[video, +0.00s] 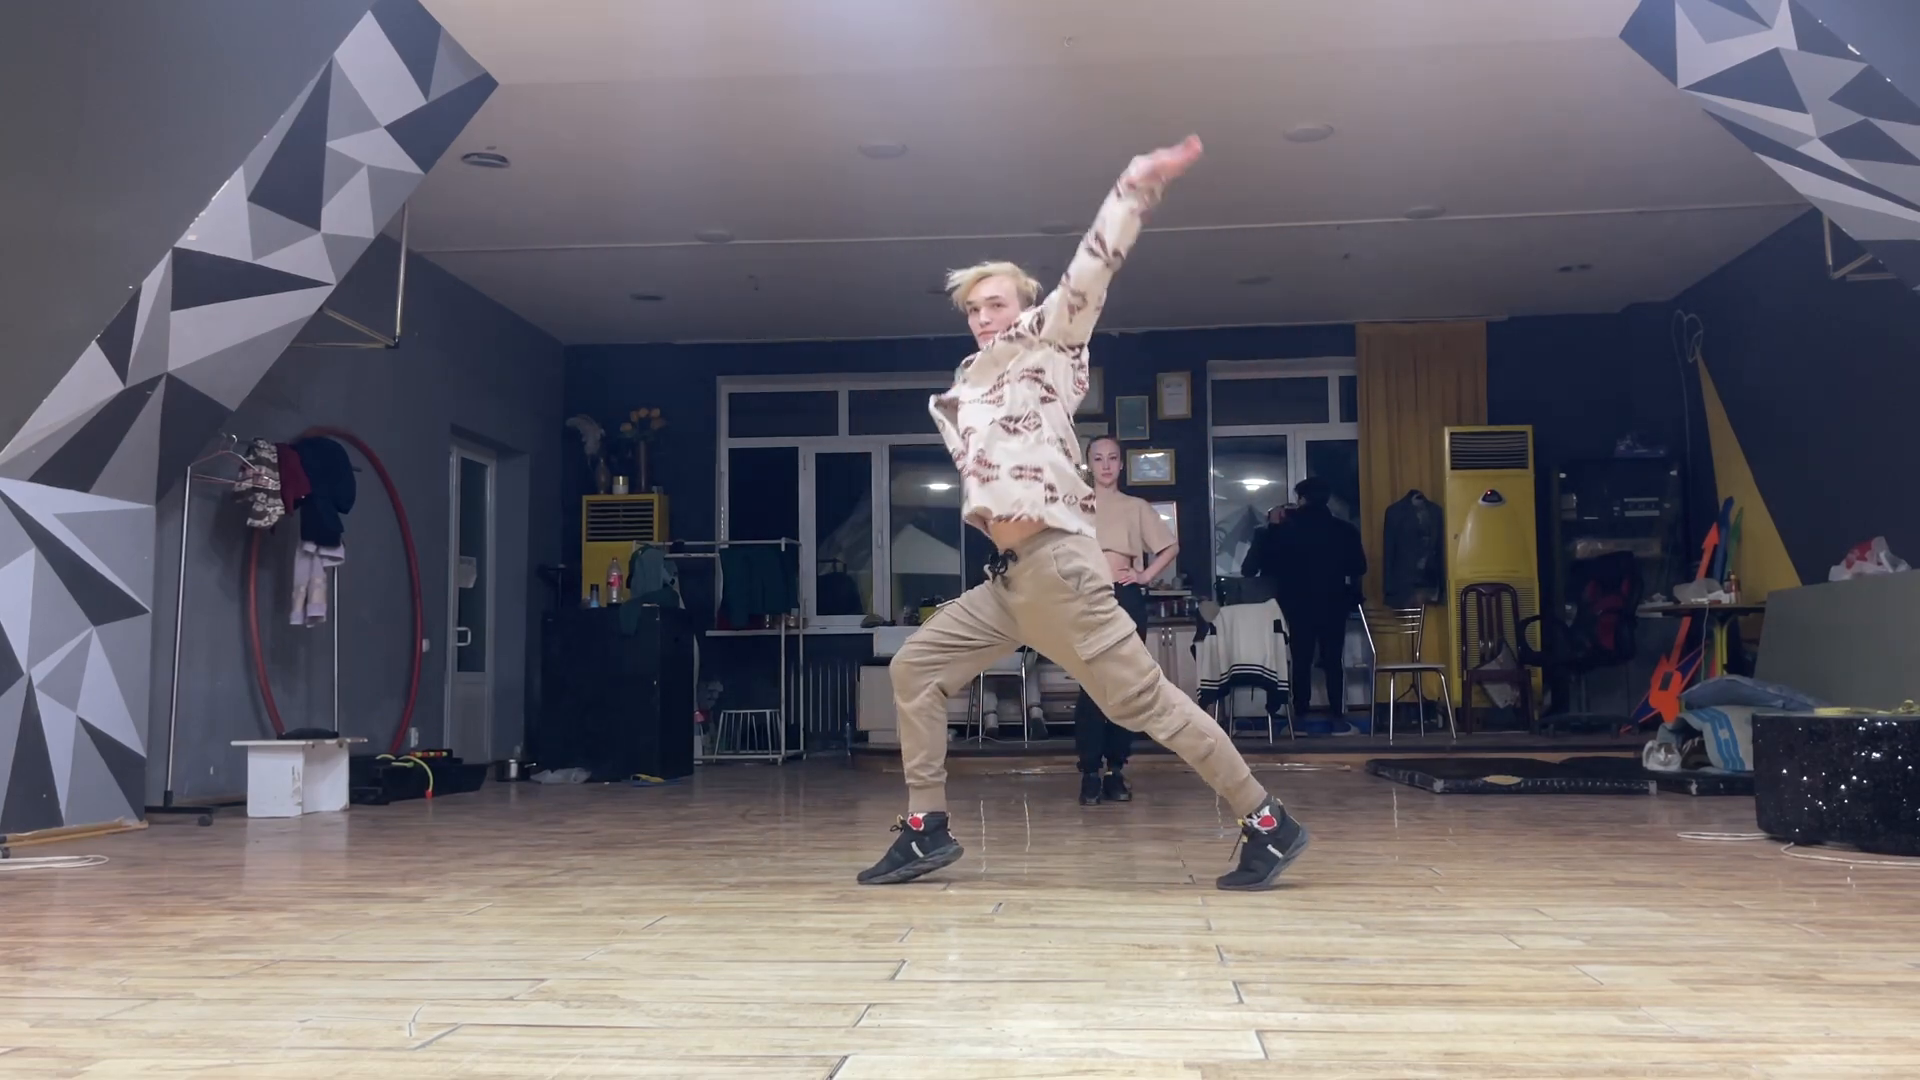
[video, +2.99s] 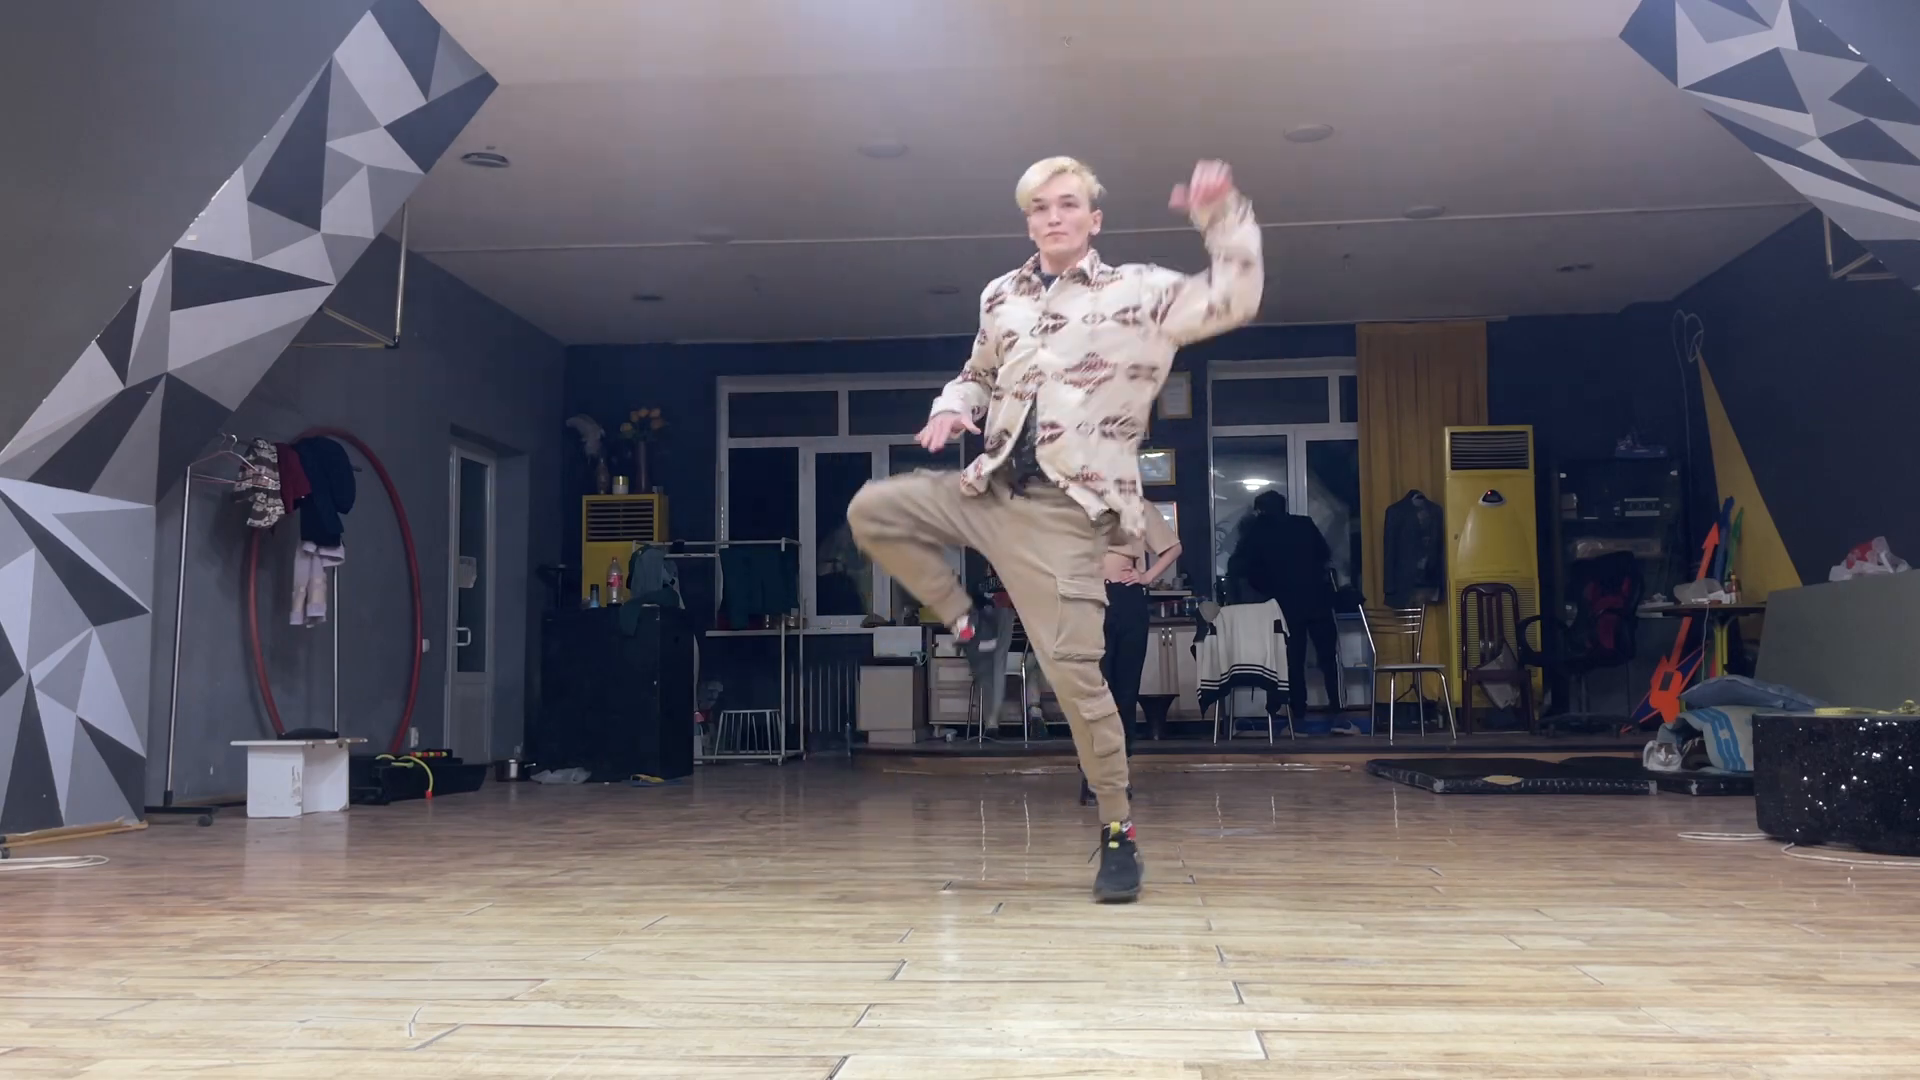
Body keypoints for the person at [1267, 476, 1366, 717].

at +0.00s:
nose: (1299, 502)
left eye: (1300, 498)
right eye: (1300, 498)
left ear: (1302, 499)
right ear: (1327, 499)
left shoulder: (1286, 529)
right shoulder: (1345, 530)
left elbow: (1252, 568)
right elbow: (1358, 568)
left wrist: (1271, 527)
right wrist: (1352, 597)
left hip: (1297, 605)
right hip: (1333, 604)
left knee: (1301, 661)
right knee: (1333, 661)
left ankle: (1300, 719)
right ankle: (1337, 719)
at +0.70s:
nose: (1298, 502)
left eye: (1299, 498)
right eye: (1300, 498)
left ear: (1302, 499)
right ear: (1327, 499)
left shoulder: (1287, 528)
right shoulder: (1345, 529)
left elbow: (1252, 567)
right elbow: (1358, 568)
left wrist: (1272, 529)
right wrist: (1354, 598)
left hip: (1297, 604)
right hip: (1333, 603)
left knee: (1300, 660)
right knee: (1333, 661)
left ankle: (1300, 716)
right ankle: (1337, 718)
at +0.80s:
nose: (1299, 502)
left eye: (1300, 498)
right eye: (1300, 498)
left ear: (1303, 499)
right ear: (1326, 500)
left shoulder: (1287, 528)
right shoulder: (1345, 529)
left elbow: (1269, 566)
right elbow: (1358, 567)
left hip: (1298, 604)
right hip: (1332, 603)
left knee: (1300, 661)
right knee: (1333, 661)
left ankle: (1299, 718)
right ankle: (1337, 718)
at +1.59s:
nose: (1285, 509)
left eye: (1285, 505)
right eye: (1286, 505)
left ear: (1286, 505)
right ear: (1310, 503)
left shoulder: (1276, 530)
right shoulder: (1330, 526)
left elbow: (1264, 568)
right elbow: (1347, 561)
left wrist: (1277, 592)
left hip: (1294, 605)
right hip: (1328, 603)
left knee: (1299, 663)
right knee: (1331, 662)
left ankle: (1299, 718)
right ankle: (1336, 719)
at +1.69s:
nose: (1282, 510)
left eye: (1282, 506)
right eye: (1282, 506)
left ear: (1284, 506)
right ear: (1307, 503)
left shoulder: (1275, 530)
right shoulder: (1326, 525)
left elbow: (1262, 569)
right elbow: (1342, 560)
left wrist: (1277, 591)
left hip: (1293, 605)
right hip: (1327, 603)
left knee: (1299, 663)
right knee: (1330, 662)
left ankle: (1299, 720)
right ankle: (1336, 719)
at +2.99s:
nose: (1258, 514)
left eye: (1258, 510)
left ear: (1259, 510)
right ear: (1283, 506)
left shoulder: (1255, 532)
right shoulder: (1304, 523)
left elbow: (1240, 568)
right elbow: (1324, 554)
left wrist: (1268, 589)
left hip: (1283, 602)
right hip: (1316, 598)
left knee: (1293, 660)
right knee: (1328, 657)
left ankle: (1297, 717)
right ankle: (1337, 714)